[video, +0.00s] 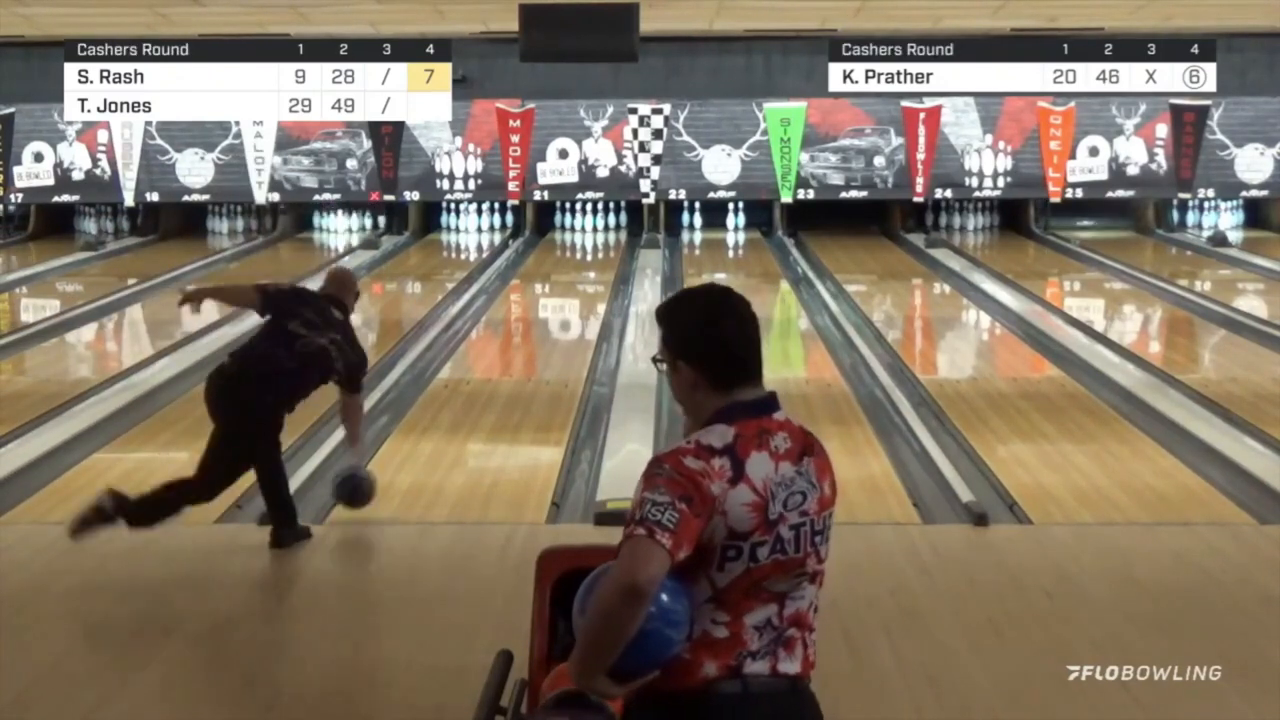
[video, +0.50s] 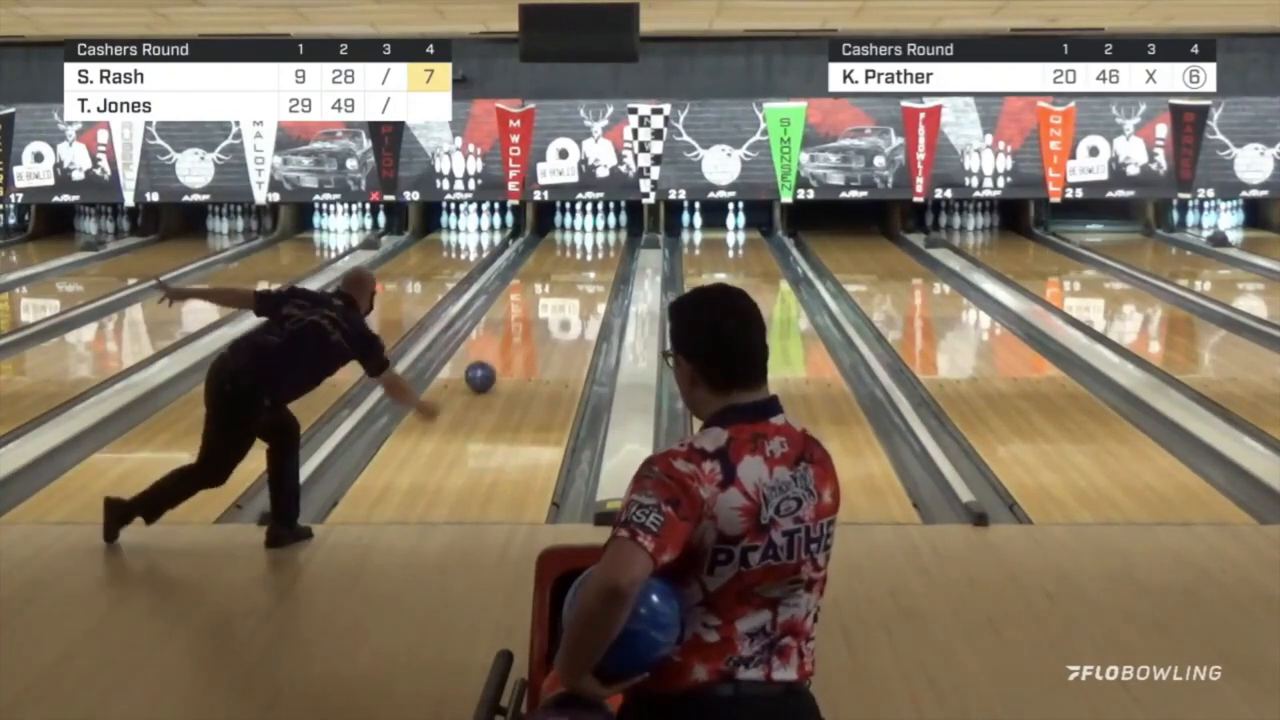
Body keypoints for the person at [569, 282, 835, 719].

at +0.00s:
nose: (669, 382)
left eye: (666, 366)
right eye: (665, 367)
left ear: (685, 370)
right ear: (752, 354)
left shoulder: (687, 467)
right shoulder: (811, 453)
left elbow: (636, 579)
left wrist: (585, 669)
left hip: (691, 698)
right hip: (789, 693)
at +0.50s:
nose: (675, 373)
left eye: (674, 361)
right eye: (674, 360)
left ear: (688, 369)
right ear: (760, 354)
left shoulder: (680, 470)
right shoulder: (816, 460)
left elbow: (617, 581)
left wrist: (572, 671)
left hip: (685, 697)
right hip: (788, 695)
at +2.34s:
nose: (698, 356)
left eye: (699, 346)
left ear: (703, 359)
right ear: (789, 357)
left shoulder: (702, 469)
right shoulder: (820, 452)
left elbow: (650, 581)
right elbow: (678, 514)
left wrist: (591, 674)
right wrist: (578, 557)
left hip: (701, 699)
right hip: (796, 693)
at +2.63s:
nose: (700, 353)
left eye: (701, 344)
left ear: (707, 358)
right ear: (792, 359)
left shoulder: (706, 468)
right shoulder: (818, 448)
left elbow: (653, 582)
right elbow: (681, 491)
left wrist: (596, 675)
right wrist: (572, 521)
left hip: (704, 699)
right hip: (800, 693)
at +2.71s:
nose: (699, 354)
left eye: (701, 344)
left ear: (707, 359)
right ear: (793, 359)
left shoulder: (707, 469)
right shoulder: (818, 447)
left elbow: (654, 583)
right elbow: (682, 488)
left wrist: (596, 677)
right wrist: (574, 515)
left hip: (706, 698)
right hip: (802, 693)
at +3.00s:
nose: (702, 354)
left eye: (703, 343)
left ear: (710, 359)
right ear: (794, 358)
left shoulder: (709, 469)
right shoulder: (823, 452)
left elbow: (661, 587)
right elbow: (675, 519)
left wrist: (601, 681)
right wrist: (579, 560)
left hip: (708, 698)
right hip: (803, 693)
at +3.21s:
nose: (704, 352)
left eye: (705, 342)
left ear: (711, 357)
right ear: (796, 359)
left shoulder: (710, 468)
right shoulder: (823, 453)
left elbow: (661, 586)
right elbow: (675, 523)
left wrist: (602, 679)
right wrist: (575, 572)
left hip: (707, 700)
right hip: (803, 695)